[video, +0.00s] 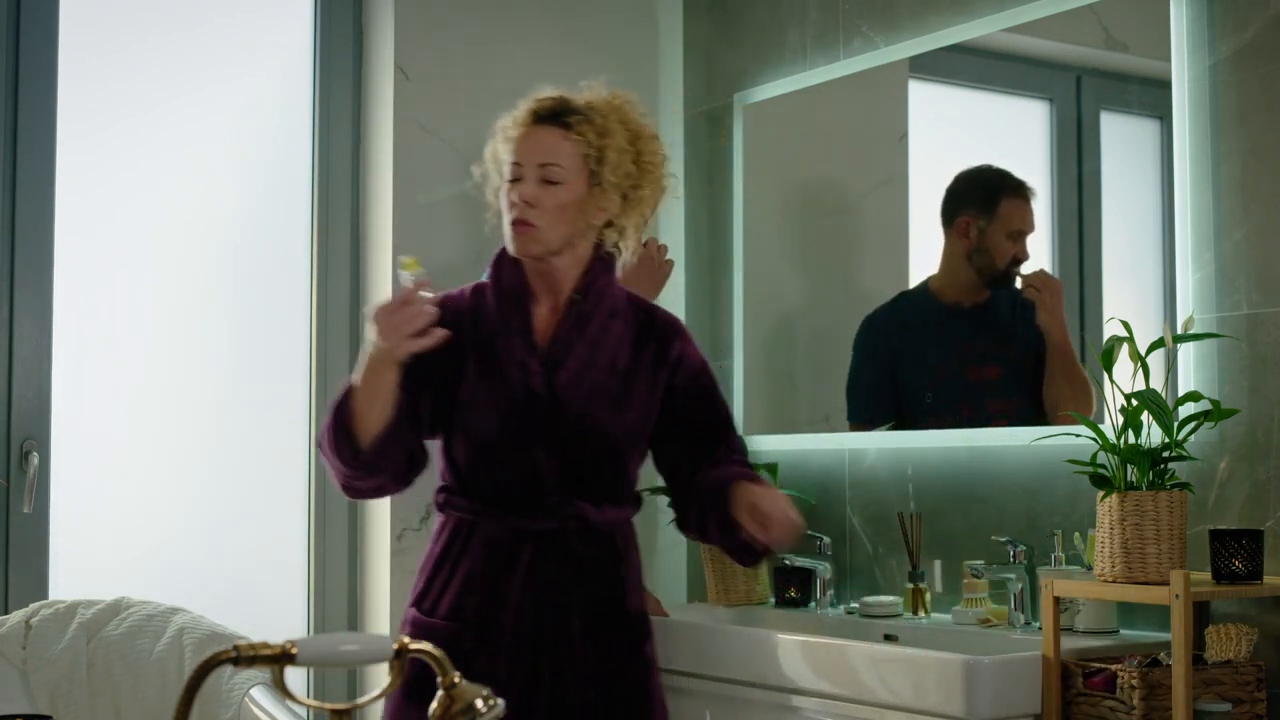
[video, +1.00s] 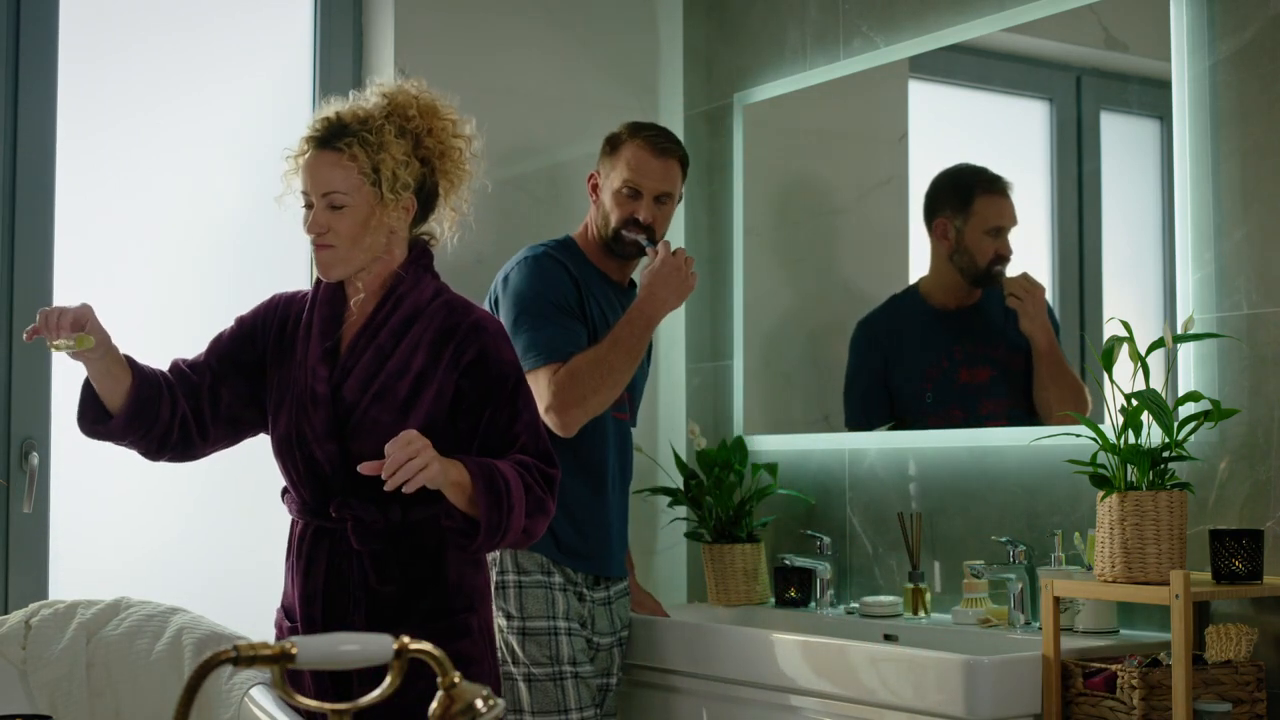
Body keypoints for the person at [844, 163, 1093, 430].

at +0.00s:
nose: (1024, 254)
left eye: (1025, 239)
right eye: (1014, 238)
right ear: (966, 231)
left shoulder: (1031, 318)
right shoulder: (886, 329)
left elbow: (1073, 421)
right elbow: (867, 449)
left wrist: (1056, 327)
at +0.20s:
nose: (1012, 252)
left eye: (1014, 236)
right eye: (1000, 234)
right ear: (951, 231)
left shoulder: (1028, 317)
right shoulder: (884, 331)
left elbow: (1072, 419)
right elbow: (868, 450)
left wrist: (1050, 331)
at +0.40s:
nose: (1005, 252)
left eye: (1007, 235)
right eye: (991, 234)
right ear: (942, 231)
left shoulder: (1029, 312)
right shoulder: (882, 331)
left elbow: (1069, 419)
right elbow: (869, 451)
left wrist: (1041, 330)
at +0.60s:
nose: (1004, 250)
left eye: (1005, 233)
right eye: (991, 233)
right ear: (941, 231)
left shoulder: (1027, 311)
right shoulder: (880, 331)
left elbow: (1067, 420)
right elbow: (867, 452)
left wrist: (1039, 332)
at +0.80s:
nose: (1007, 249)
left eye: (1007, 233)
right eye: (993, 233)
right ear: (943, 232)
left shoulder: (1027, 311)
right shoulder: (880, 331)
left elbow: (1068, 421)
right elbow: (866, 451)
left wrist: (1039, 331)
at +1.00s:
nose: (1007, 251)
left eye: (1007, 235)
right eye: (993, 235)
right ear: (944, 232)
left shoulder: (1028, 312)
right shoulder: (880, 332)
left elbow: (1069, 422)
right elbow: (867, 452)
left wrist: (1042, 336)